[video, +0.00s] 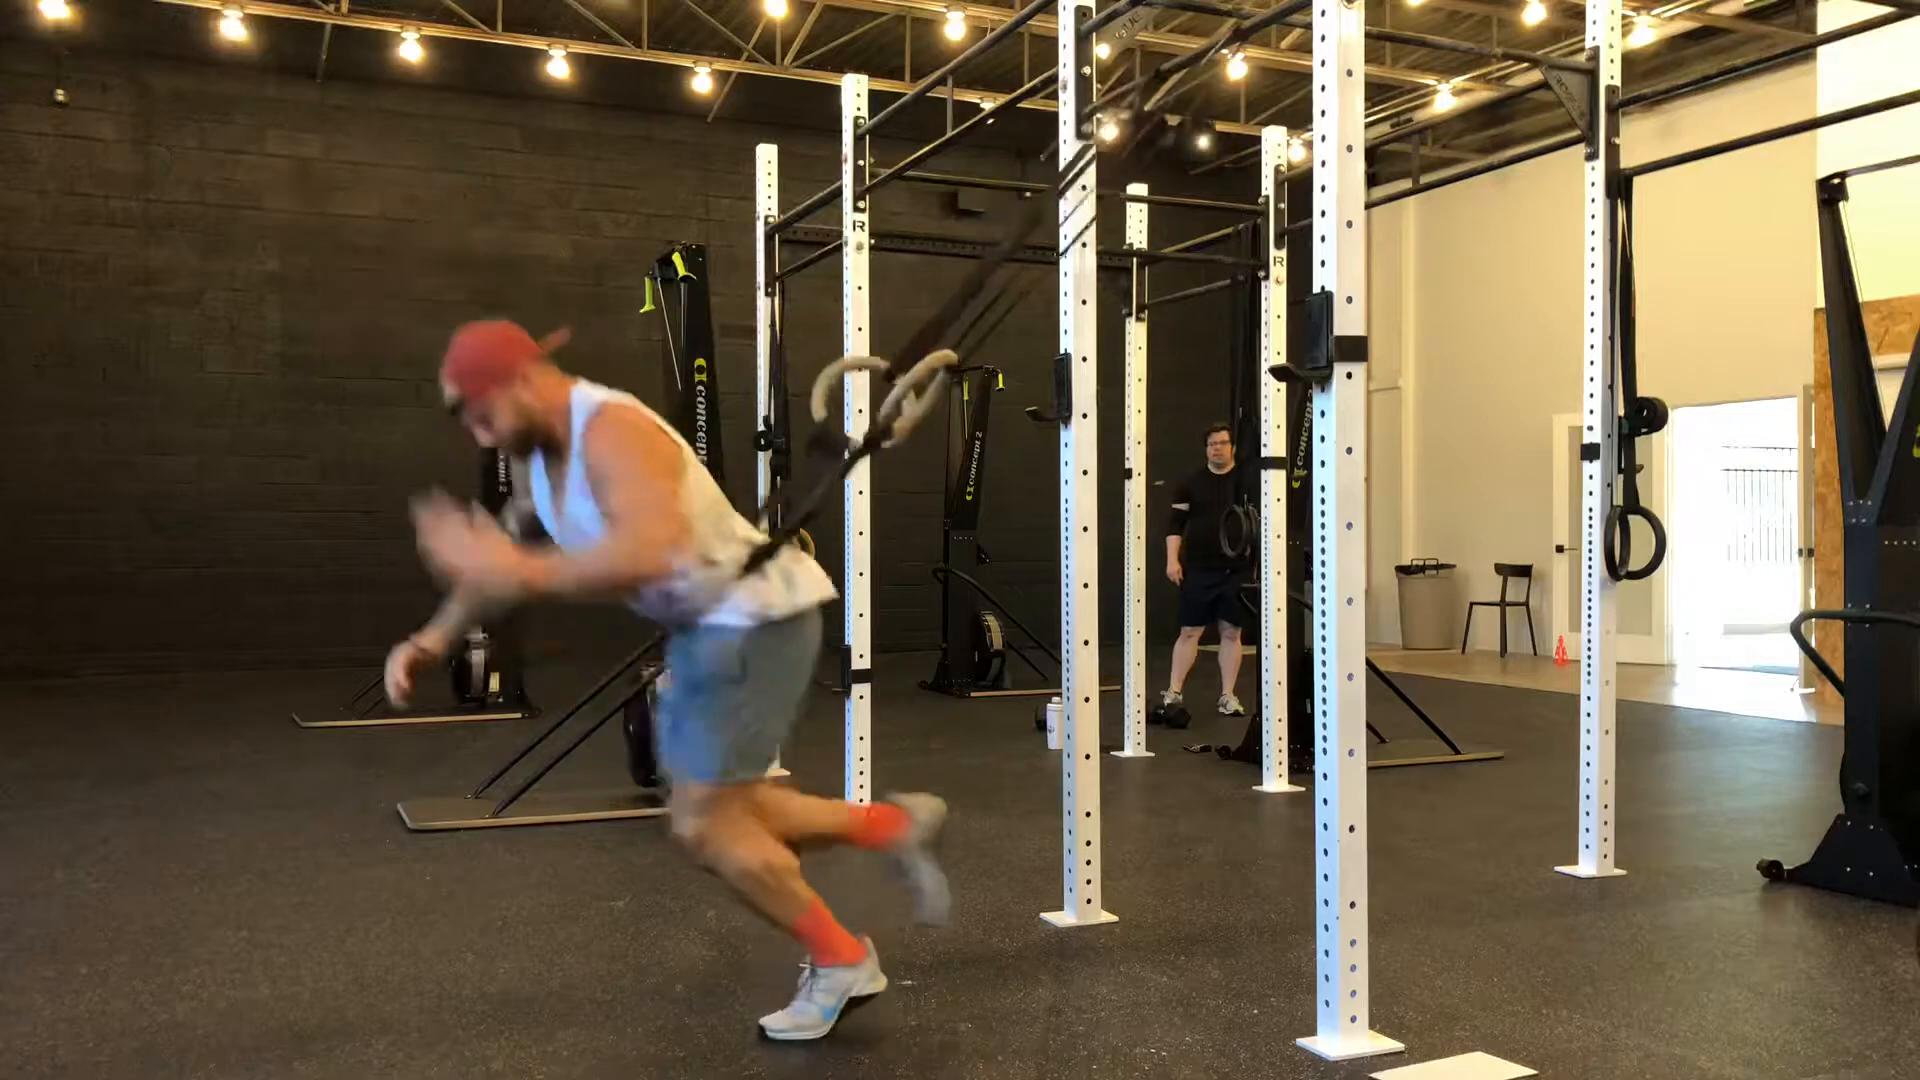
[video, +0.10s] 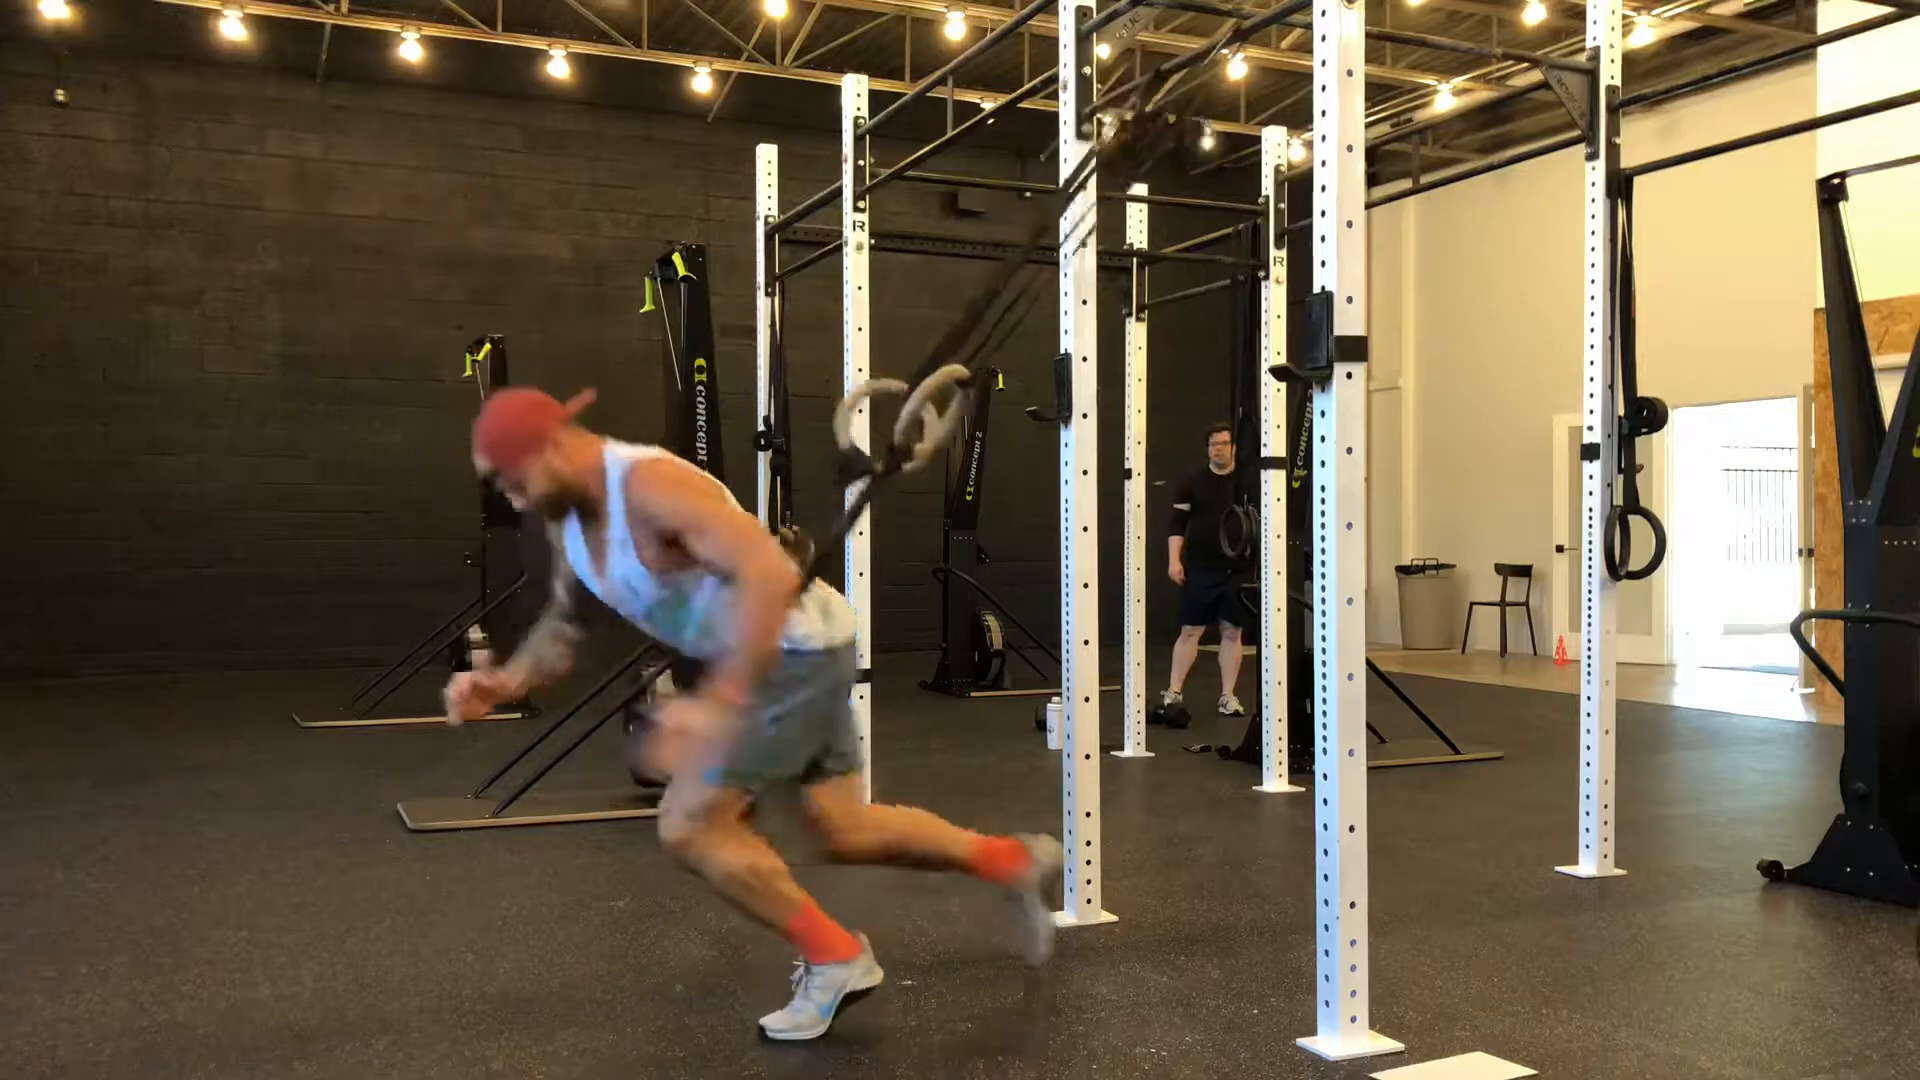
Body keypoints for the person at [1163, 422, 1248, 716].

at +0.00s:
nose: (1217, 449)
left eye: (1223, 443)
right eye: (1213, 444)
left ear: (1233, 447)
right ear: (1205, 449)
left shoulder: (1246, 480)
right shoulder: (1192, 482)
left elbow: (1261, 521)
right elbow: (1175, 523)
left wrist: (1259, 561)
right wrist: (1172, 559)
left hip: (1235, 569)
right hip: (1197, 568)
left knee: (1231, 632)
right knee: (1190, 631)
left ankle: (1228, 696)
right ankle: (1174, 692)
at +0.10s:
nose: (1219, 449)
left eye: (1224, 444)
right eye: (1215, 445)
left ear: (1234, 447)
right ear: (1207, 448)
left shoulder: (1246, 481)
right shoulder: (1193, 482)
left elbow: (1261, 521)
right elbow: (1177, 523)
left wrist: (1260, 562)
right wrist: (1174, 560)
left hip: (1236, 569)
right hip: (1199, 568)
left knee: (1232, 632)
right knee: (1190, 630)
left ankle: (1228, 696)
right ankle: (1174, 691)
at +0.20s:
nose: (1222, 449)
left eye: (1227, 444)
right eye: (1217, 444)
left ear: (1236, 447)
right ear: (1209, 449)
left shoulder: (1247, 481)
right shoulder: (1195, 482)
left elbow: (1262, 521)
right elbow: (1179, 523)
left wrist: (1261, 563)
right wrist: (1176, 561)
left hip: (1237, 569)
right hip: (1201, 568)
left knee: (1233, 632)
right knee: (1191, 630)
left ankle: (1228, 696)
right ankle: (1173, 691)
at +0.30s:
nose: (1224, 449)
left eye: (1228, 444)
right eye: (1219, 445)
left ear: (1237, 447)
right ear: (1210, 448)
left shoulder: (1248, 482)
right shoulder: (1197, 481)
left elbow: (1262, 522)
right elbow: (1181, 523)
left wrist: (1261, 564)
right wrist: (1177, 561)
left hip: (1238, 569)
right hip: (1202, 568)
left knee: (1234, 632)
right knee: (1192, 629)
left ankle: (1228, 696)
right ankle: (1173, 691)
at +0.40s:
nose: (1224, 449)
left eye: (1228, 444)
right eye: (1219, 445)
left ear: (1237, 447)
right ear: (1211, 448)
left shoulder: (1248, 481)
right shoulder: (1197, 481)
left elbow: (1263, 522)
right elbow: (1181, 523)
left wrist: (1262, 565)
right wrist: (1178, 561)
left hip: (1238, 569)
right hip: (1202, 568)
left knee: (1234, 632)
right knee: (1193, 630)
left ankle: (1228, 696)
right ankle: (1173, 691)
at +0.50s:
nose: (1223, 449)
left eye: (1228, 444)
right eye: (1219, 445)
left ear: (1238, 448)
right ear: (1211, 449)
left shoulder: (1249, 483)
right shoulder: (1198, 483)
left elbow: (1265, 522)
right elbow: (1182, 524)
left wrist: (1264, 563)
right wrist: (1179, 561)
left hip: (1240, 570)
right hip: (1203, 568)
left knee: (1235, 632)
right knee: (1194, 629)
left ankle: (1228, 695)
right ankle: (1174, 691)